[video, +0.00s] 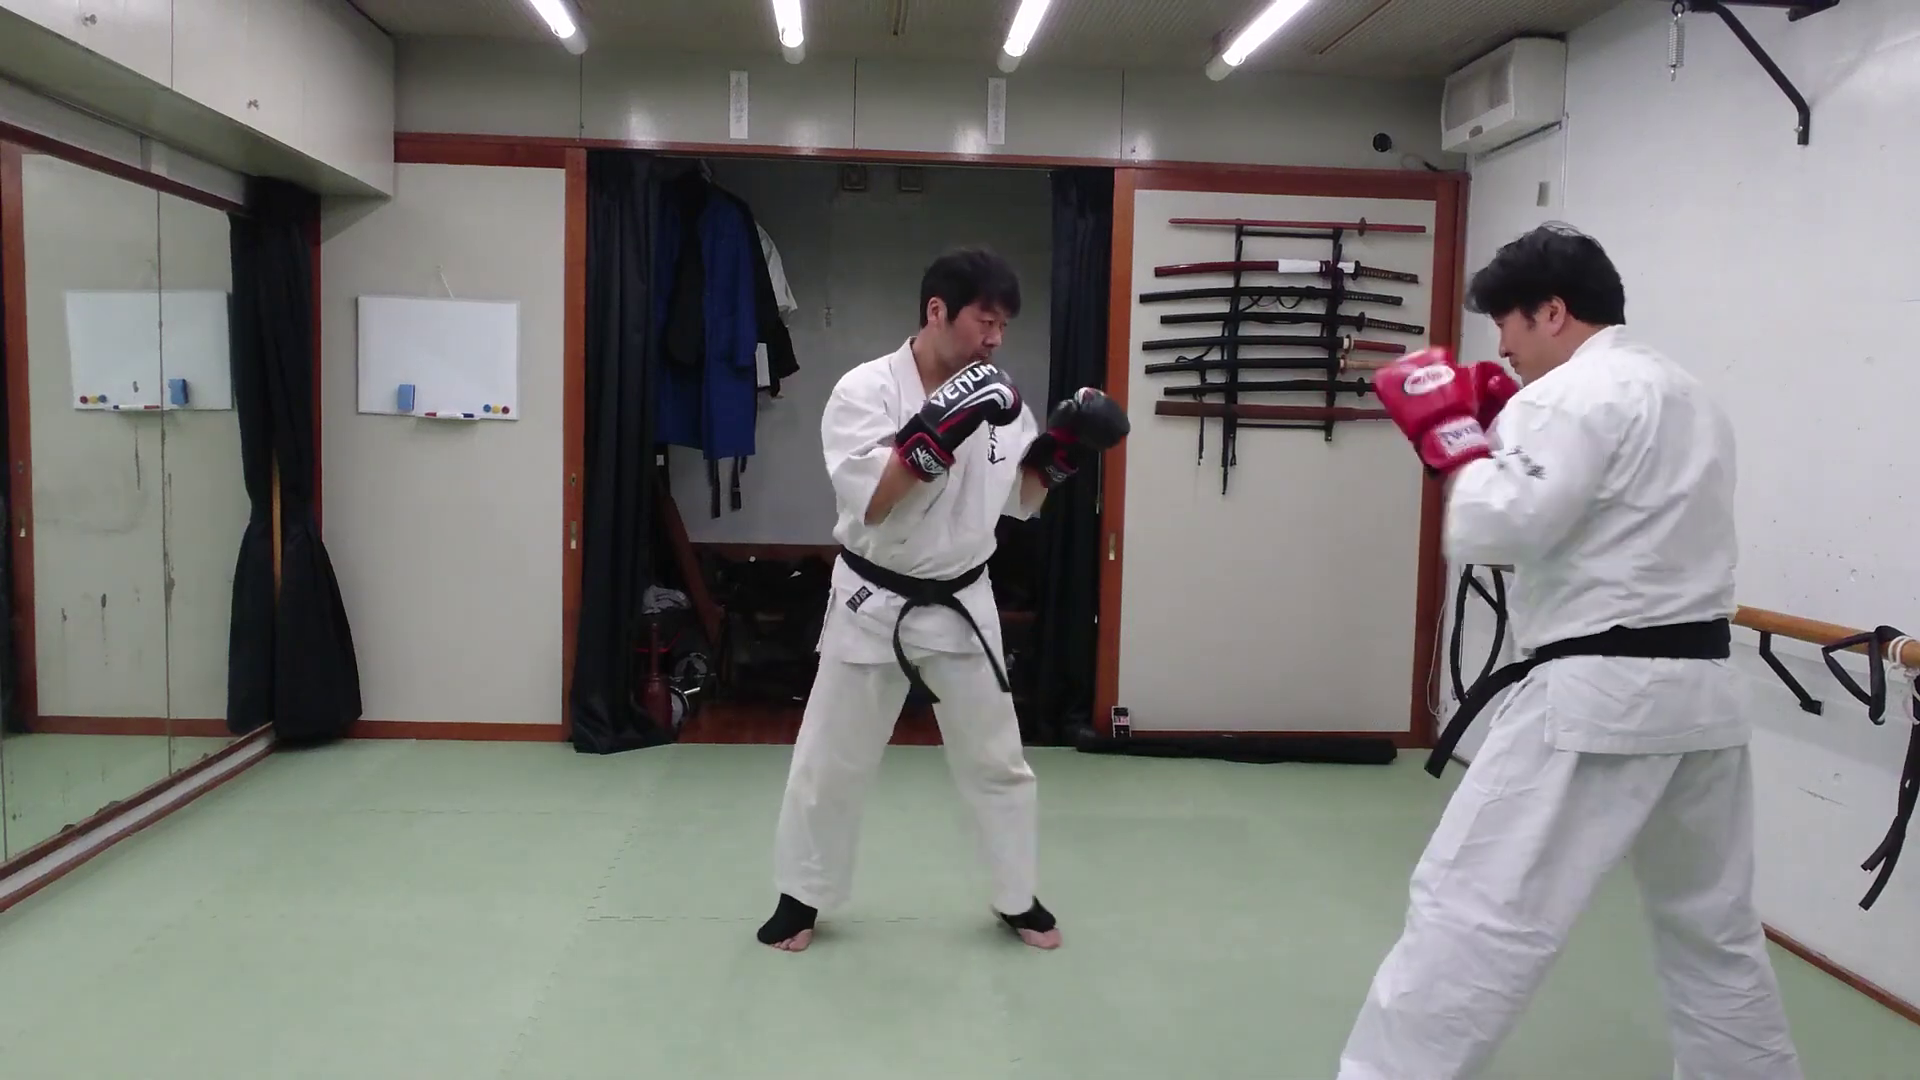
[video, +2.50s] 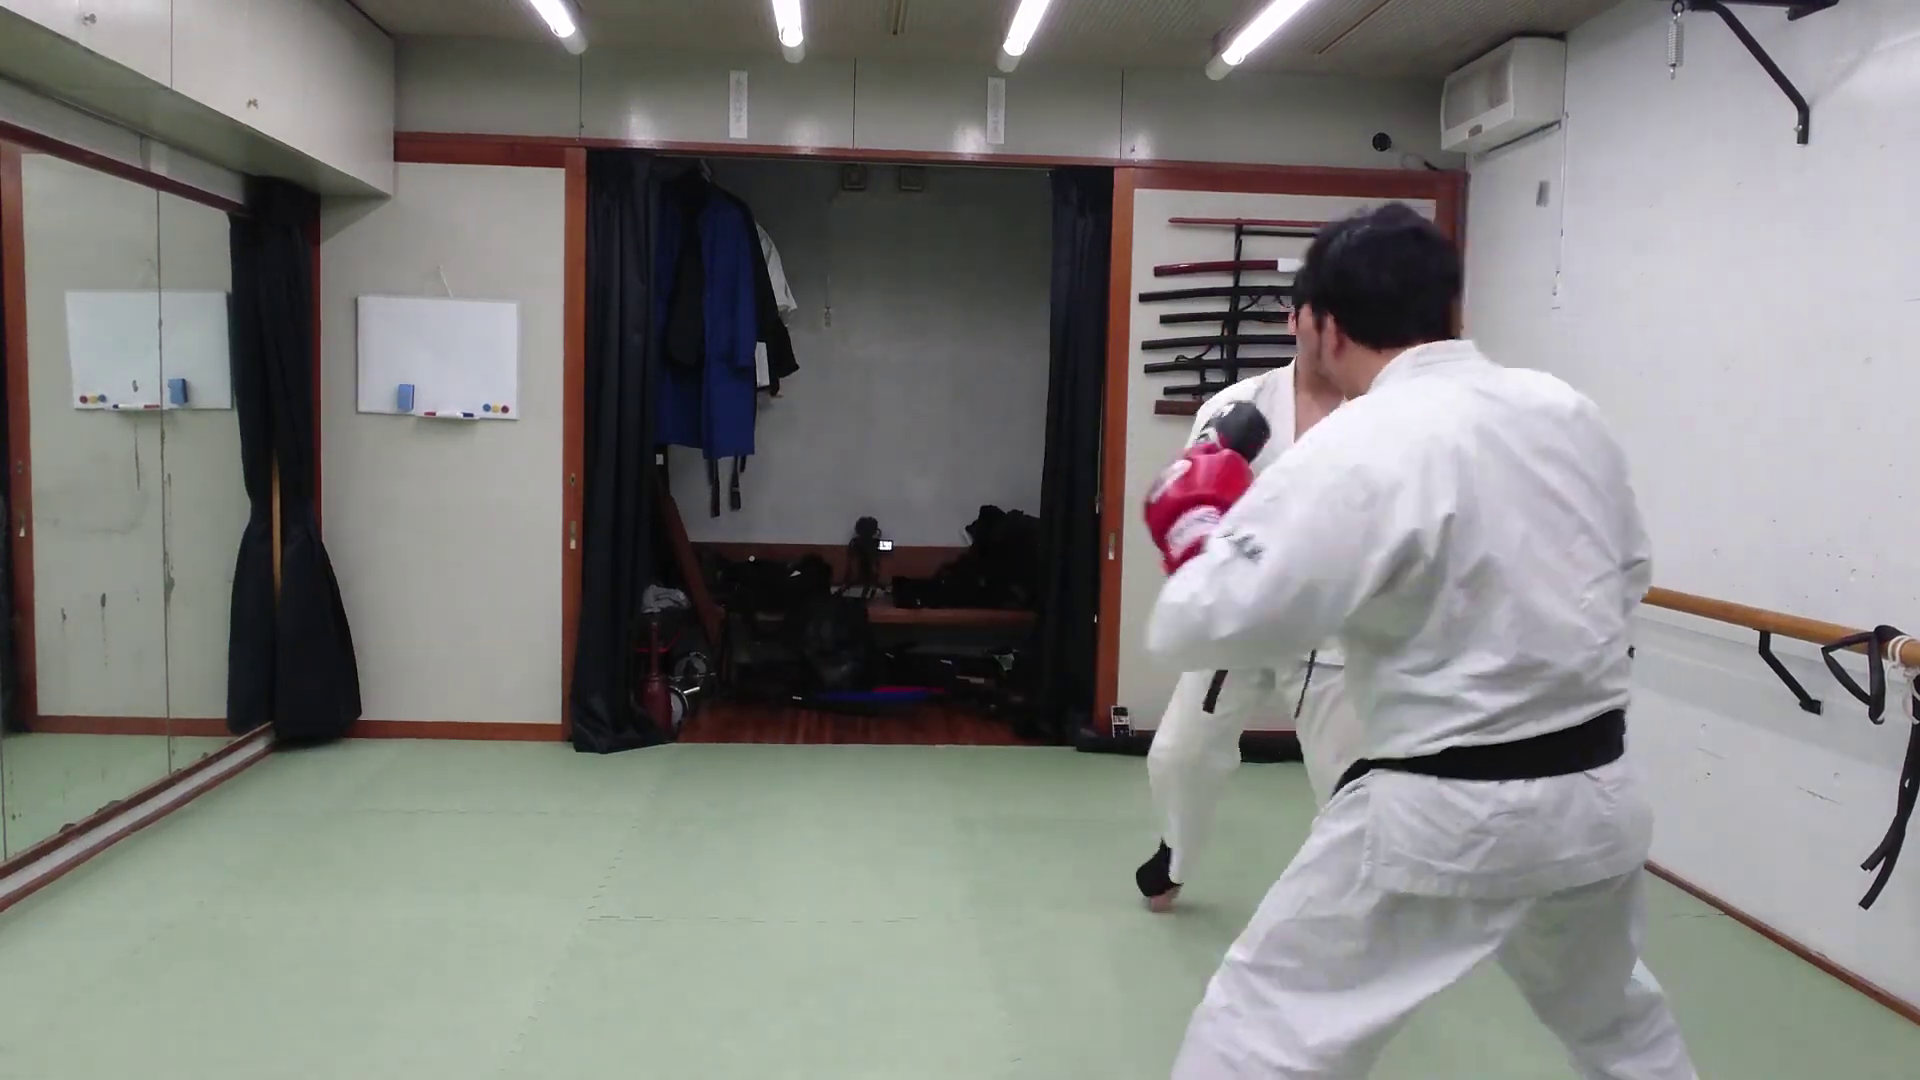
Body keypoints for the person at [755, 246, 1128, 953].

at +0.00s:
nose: (996, 340)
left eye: (1003, 326)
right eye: (985, 321)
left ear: (1002, 327)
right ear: (936, 311)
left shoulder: (1001, 401)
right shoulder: (862, 391)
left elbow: (1019, 501)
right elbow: (873, 500)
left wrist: (1058, 456)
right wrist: (939, 428)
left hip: (963, 604)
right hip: (867, 599)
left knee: (998, 762)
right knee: (825, 762)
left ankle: (1017, 897)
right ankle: (801, 897)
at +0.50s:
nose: (967, 354)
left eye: (976, 340)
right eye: (952, 339)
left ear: (985, 342)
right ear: (906, 337)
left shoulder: (1006, 407)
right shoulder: (857, 425)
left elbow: (1058, 485)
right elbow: (880, 537)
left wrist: (1082, 519)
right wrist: (938, 462)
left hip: (994, 612)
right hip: (892, 615)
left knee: (1048, 766)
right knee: (834, 771)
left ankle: (1094, 931)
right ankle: (802, 903)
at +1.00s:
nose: (1050, 366)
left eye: (1058, 353)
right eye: (1037, 349)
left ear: (1063, 361)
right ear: (988, 349)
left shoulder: (1074, 440)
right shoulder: (930, 437)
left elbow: (1119, 557)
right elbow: (955, 542)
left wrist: (1147, 521)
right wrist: (1023, 452)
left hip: (1054, 640)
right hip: (950, 640)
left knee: (1108, 789)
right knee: (892, 800)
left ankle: (1126, 966)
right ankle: (861, 911)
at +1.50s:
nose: (1189, 337)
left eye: (1200, 321)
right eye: (1170, 321)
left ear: (1212, 328)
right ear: (1132, 328)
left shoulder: (1240, 409)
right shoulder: (1082, 415)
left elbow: (1338, 493)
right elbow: (1036, 526)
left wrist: (1329, 437)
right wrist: (1084, 468)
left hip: (1182, 630)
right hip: (1088, 620)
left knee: (1202, 804)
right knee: (1045, 756)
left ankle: (1249, 980)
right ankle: (1035, 862)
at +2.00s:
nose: (1263, 369)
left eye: (1277, 356)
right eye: (1251, 352)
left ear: (1290, 352)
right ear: (1218, 340)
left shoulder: (1293, 412)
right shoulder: (1162, 403)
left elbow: (1351, 470)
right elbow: (1114, 498)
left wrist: (1362, 413)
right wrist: (1166, 418)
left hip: (1241, 607)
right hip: (1152, 599)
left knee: (1241, 762)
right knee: (1136, 743)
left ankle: (1232, 899)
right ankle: (1133, 852)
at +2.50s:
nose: (1312, 334)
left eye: (1319, 319)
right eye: (1310, 317)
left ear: (1340, 329)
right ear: (1295, 322)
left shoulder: (1387, 419)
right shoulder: (1237, 409)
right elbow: (1184, 502)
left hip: (1336, 629)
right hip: (1237, 620)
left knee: (1348, 775)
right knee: (1176, 755)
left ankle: (1364, 915)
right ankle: (1175, 852)